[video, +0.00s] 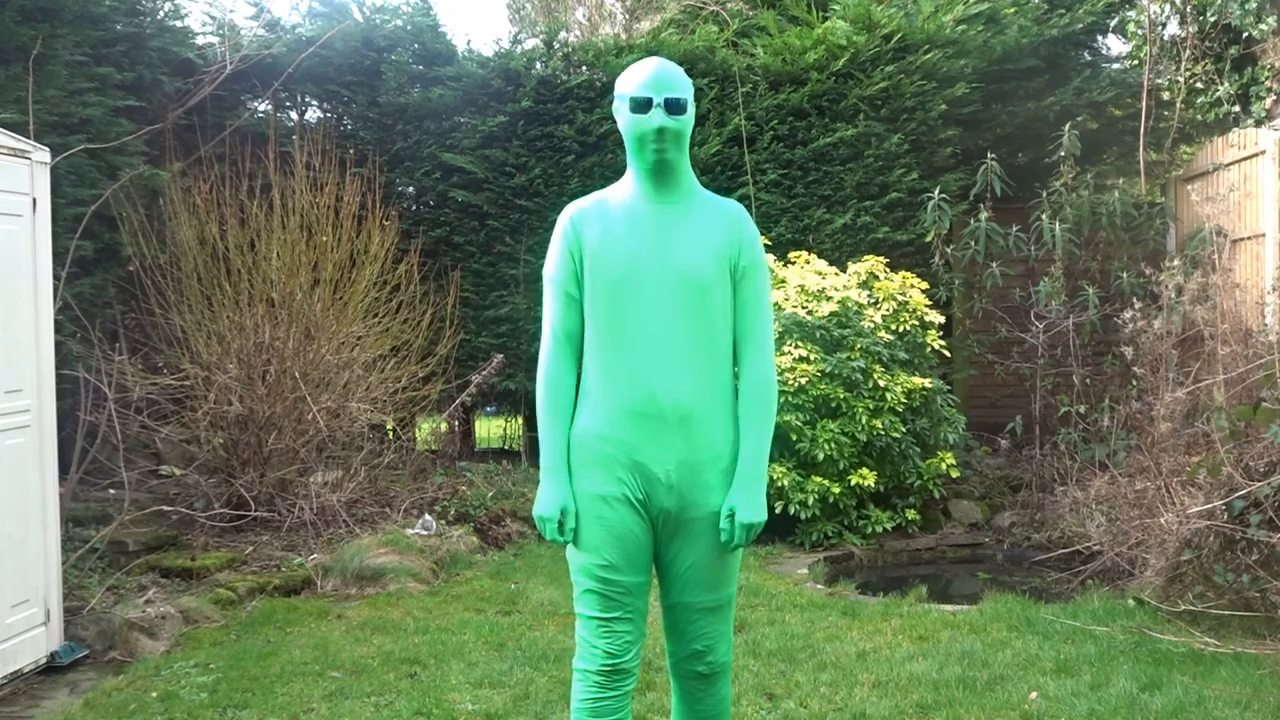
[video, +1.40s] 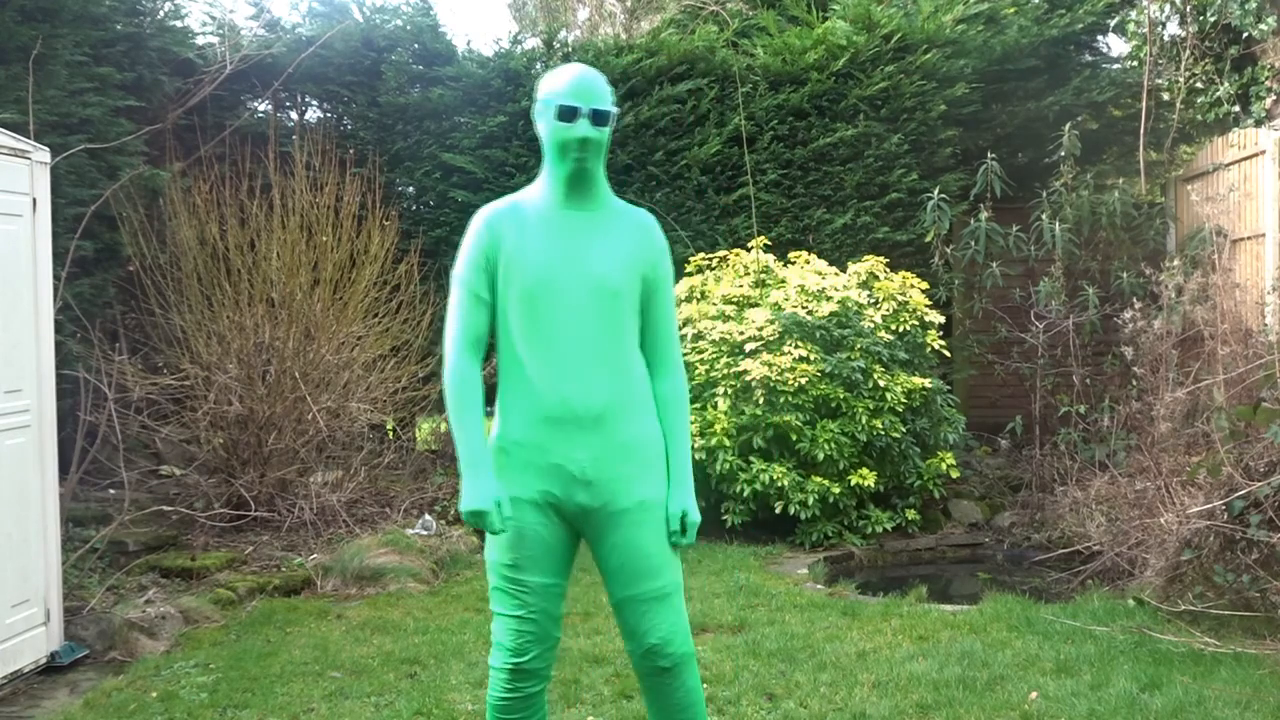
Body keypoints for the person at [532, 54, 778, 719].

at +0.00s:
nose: (658, 118)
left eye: (673, 105)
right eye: (641, 105)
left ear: (693, 118)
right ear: (618, 120)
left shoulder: (732, 224)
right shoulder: (581, 222)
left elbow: (757, 356)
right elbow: (558, 353)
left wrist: (752, 475)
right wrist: (553, 473)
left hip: (709, 472)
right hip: (603, 470)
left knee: (705, 667)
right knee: (605, 666)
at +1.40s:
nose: (583, 128)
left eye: (597, 116)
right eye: (566, 114)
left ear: (613, 128)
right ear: (539, 125)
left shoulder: (642, 232)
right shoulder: (496, 226)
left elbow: (666, 362)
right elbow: (462, 354)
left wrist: (681, 479)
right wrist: (475, 470)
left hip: (633, 476)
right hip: (526, 477)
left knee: (668, 658)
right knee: (520, 664)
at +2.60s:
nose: (645, 134)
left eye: (661, 120)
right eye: (629, 121)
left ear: (683, 130)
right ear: (610, 132)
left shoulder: (720, 243)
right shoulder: (571, 231)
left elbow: (770, 356)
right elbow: (527, 344)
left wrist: (780, 464)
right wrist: (505, 459)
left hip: (697, 487)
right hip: (585, 484)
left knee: (727, 667)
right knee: (553, 665)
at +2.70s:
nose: (641, 134)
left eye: (656, 120)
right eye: (625, 120)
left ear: (679, 129)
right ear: (606, 133)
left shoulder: (716, 242)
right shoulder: (567, 232)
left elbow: (771, 355)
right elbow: (523, 347)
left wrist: (780, 464)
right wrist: (502, 460)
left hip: (694, 487)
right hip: (582, 484)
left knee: (725, 667)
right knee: (551, 666)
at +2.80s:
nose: (635, 134)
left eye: (651, 119)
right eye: (619, 120)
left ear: (674, 129)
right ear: (601, 132)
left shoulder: (713, 240)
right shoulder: (565, 233)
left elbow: (769, 354)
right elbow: (523, 349)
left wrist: (783, 465)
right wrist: (502, 462)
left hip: (693, 486)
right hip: (581, 484)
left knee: (725, 665)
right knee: (551, 664)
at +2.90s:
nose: (634, 134)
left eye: (649, 119)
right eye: (618, 121)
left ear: (673, 129)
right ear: (600, 133)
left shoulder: (712, 238)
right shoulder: (565, 234)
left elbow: (769, 353)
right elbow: (525, 349)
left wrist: (784, 464)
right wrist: (505, 463)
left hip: (694, 486)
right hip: (583, 484)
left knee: (725, 666)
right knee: (551, 666)